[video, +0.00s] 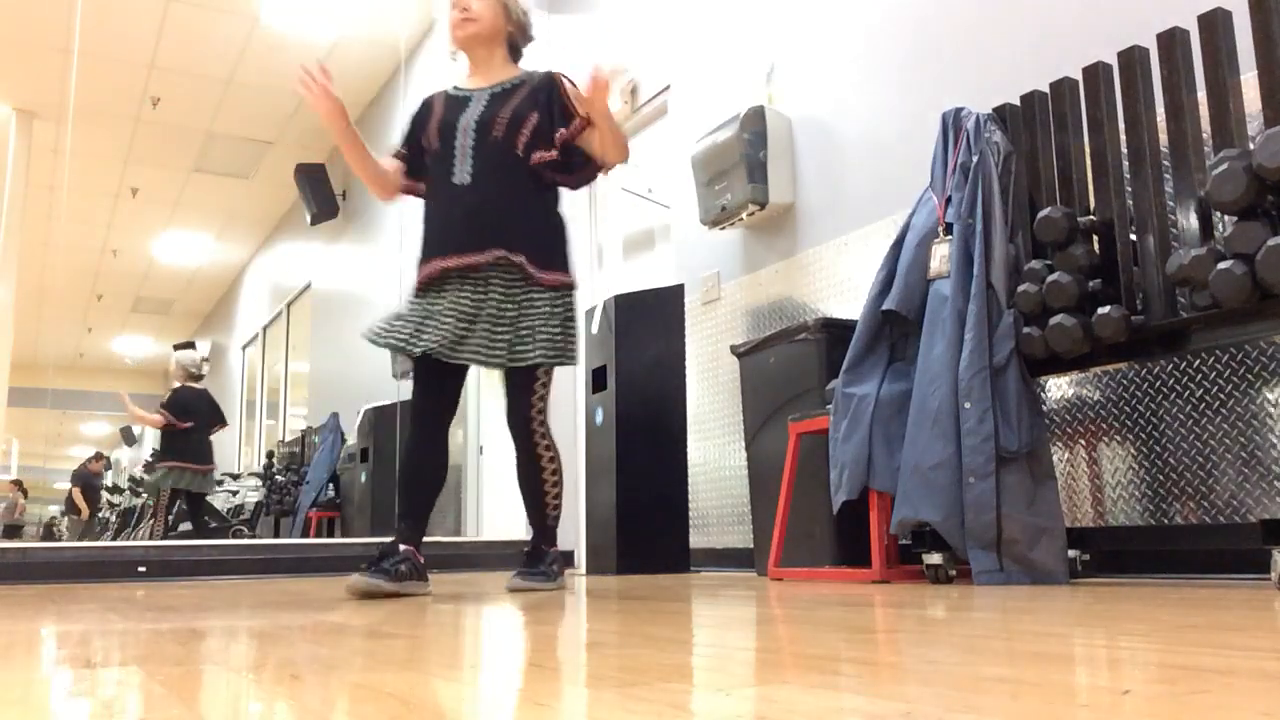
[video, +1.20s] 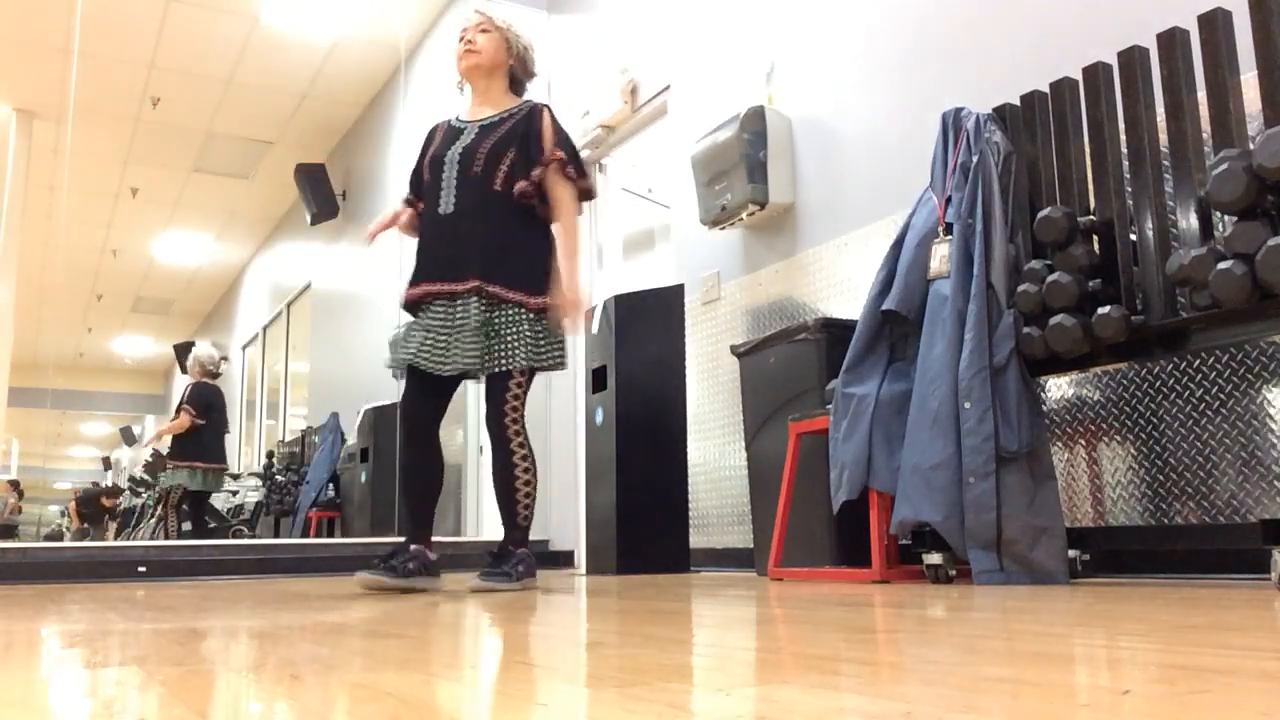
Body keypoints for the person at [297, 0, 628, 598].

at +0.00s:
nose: (459, 11)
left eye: (473, 2)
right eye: (454, 5)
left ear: (509, 17)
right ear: (449, 25)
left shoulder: (543, 88)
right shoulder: (436, 107)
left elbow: (613, 154)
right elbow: (388, 184)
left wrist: (600, 109)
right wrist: (340, 123)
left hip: (528, 273)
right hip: (449, 276)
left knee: (526, 417)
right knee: (428, 414)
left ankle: (545, 552)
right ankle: (407, 552)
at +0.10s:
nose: (470, 17)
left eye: (485, 7)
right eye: (464, 10)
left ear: (518, 25)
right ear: (459, 30)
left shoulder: (553, 97)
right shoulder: (444, 113)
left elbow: (600, 177)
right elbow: (409, 198)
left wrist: (607, 143)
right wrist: (356, 154)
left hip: (539, 275)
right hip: (462, 279)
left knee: (533, 416)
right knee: (430, 406)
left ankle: (545, 553)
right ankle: (412, 549)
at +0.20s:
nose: (481, 29)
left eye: (496, 20)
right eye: (475, 23)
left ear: (529, 38)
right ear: (469, 43)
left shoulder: (560, 110)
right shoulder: (454, 122)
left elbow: (593, 194)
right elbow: (430, 214)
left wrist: (603, 184)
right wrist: (391, 219)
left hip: (545, 277)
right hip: (472, 281)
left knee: (538, 416)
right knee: (443, 403)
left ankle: (545, 553)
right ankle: (452, 551)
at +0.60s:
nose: (486, 31)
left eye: (501, 23)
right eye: (478, 27)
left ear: (532, 45)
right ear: (472, 51)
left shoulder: (555, 114)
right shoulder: (452, 119)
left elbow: (590, 191)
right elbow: (429, 204)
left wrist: (516, 149)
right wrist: (412, 278)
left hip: (529, 282)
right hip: (454, 282)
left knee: (534, 415)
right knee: (420, 409)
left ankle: (547, 550)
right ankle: (418, 545)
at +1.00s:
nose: (463, 40)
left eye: (477, 32)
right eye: (457, 36)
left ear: (509, 52)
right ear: (454, 60)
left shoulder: (528, 118)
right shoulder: (433, 126)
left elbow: (530, 192)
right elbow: (398, 204)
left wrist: (456, 220)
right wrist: (363, 238)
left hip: (494, 290)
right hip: (423, 288)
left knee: (482, 417)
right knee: (414, 422)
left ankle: (514, 549)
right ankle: (415, 553)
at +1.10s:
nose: (464, 39)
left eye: (479, 31)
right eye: (459, 35)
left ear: (510, 53)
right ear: (455, 58)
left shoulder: (531, 118)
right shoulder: (438, 129)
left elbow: (536, 197)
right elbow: (410, 211)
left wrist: (496, 257)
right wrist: (379, 227)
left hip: (501, 291)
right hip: (430, 289)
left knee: (492, 423)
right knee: (417, 425)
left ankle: (515, 551)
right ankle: (415, 553)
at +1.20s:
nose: (466, 39)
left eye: (482, 32)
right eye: (461, 35)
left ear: (511, 53)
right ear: (457, 61)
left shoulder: (535, 119)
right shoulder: (442, 133)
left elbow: (563, 208)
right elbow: (426, 217)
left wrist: (568, 285)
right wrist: (401, 215)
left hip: (513, 291)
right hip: (444, 292)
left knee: (505, 421)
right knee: (416, 416)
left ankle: (517, 552)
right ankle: (418, 549)